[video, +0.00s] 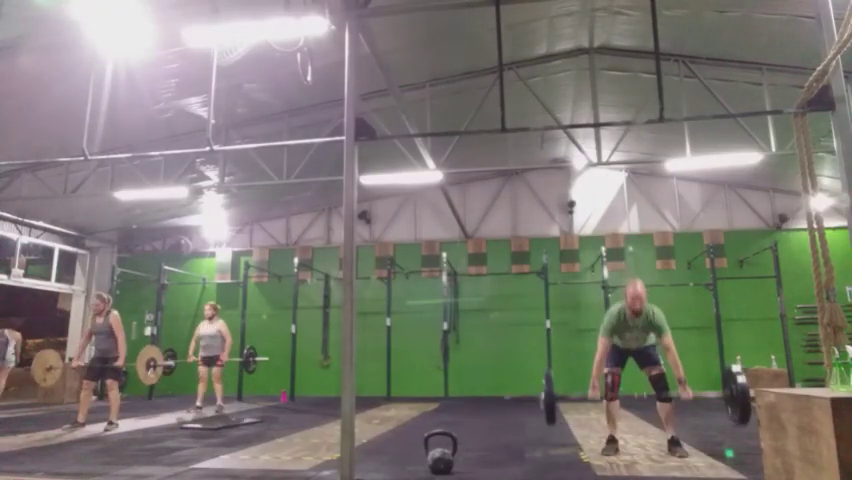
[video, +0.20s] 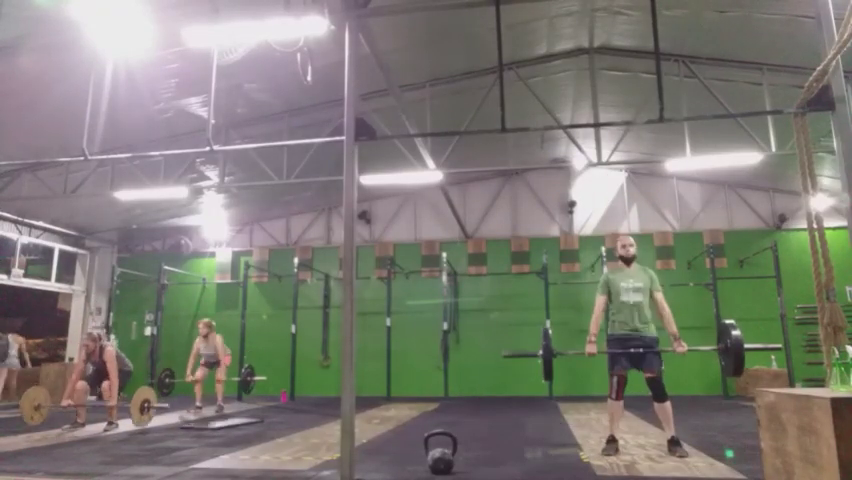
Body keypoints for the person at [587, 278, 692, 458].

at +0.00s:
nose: (636, 303)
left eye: (640, 298)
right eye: (633, 298)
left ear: (645, 298)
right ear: (626, 298)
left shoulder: (654, 315)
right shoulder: (614, 314)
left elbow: (669, 348)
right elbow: (602, 347)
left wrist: (681, 381)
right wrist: (595, 379)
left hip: (645, 346)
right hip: (618, 347)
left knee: (662, 385)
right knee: (610, 387)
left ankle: (672, 439)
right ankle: (612, 438)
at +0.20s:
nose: (627, 250)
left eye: (630, 246)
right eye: (623, 247)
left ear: (636, 249)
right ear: (617, 251)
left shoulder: (648, 274)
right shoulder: (609, 277)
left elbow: (662, 306)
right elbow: (599, 309)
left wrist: (675, 336)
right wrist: (592, 338)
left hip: (647, 337)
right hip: (618, 337)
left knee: (657, 386)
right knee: (617, 386)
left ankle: (673, 439)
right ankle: (612, 438)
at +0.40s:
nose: (637, 307)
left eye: (640, 303)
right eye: (634, 302)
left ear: (645, 302)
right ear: (626, 302)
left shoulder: (655, 317)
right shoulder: (614, 316)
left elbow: (669, 351)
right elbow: (601, 351)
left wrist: (681, 384)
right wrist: (594, 384)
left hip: (645, 347)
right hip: (618, 348)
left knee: (662, 385)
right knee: (610, 386)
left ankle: (672, 439)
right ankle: (612, 438)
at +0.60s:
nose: (628, 254)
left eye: (631, 250)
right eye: (624, 251)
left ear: (637, 254)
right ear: (617, 255)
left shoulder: (648, 278)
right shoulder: (608, 280)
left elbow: (662, 310)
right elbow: (598, 312)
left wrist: (675, 342)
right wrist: (590, 344)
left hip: (645, 339)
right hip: (617, 339)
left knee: (658, 387)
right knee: (615, 387)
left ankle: (673, 439)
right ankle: (612, 438)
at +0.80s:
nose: (631, 285)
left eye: (634, 281)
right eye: (627, 281)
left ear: (640, 282)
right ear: (621, 282)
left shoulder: (650, 302)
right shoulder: (611, 303)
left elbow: (665, 335)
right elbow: (599, 336)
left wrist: (677, 365)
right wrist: (592, 366)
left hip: (644, 342)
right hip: (616, 343)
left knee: (659, 385)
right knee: (610, 384)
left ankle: (673, 440)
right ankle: (612, 438)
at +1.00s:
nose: (610, 257)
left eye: (614, 253)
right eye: (607, 254)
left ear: (622, 253)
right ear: (602, 255)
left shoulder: (637, 275)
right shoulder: (598, 279)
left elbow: (655, 302)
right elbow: (588, 313)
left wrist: (665, 328)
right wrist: (585, 337)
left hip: (639, 338)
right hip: (610, 339)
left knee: (652, 388)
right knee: (611, 389)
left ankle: (672, 438)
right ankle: (614, 437)